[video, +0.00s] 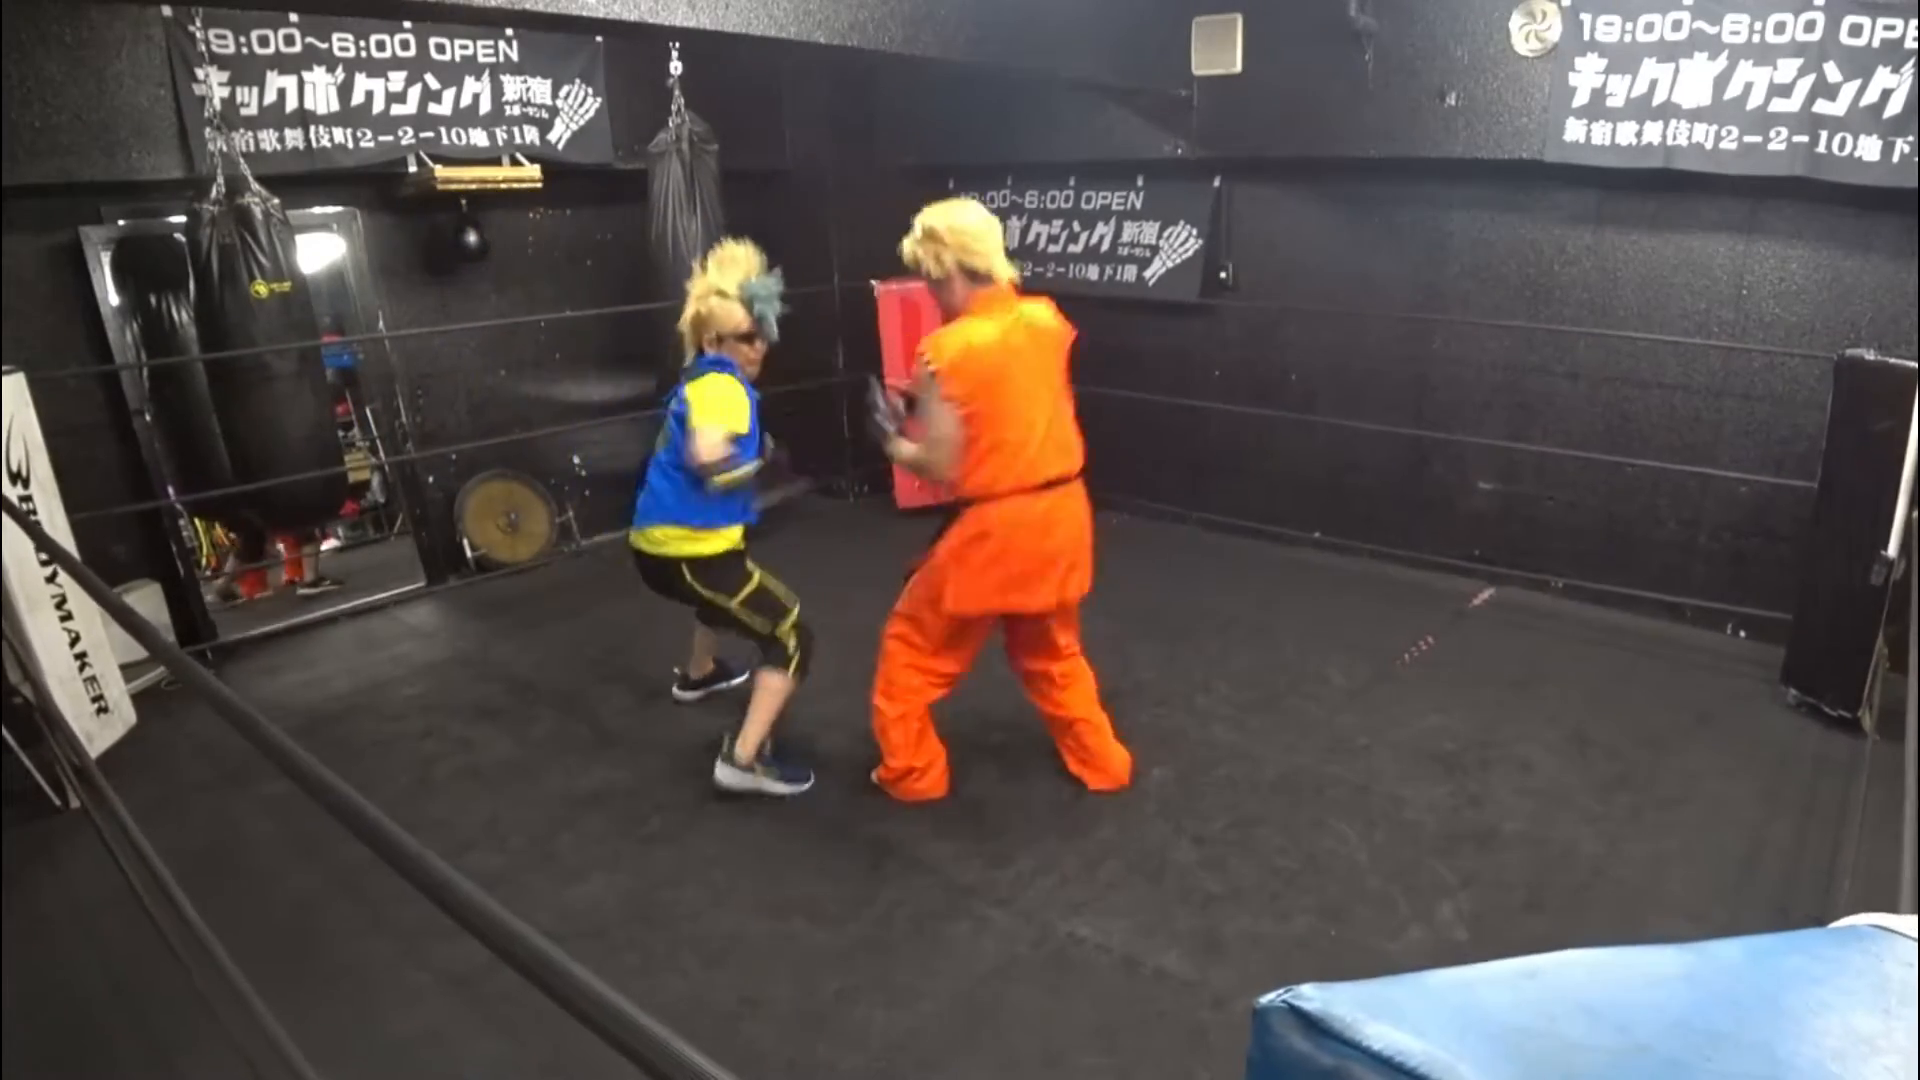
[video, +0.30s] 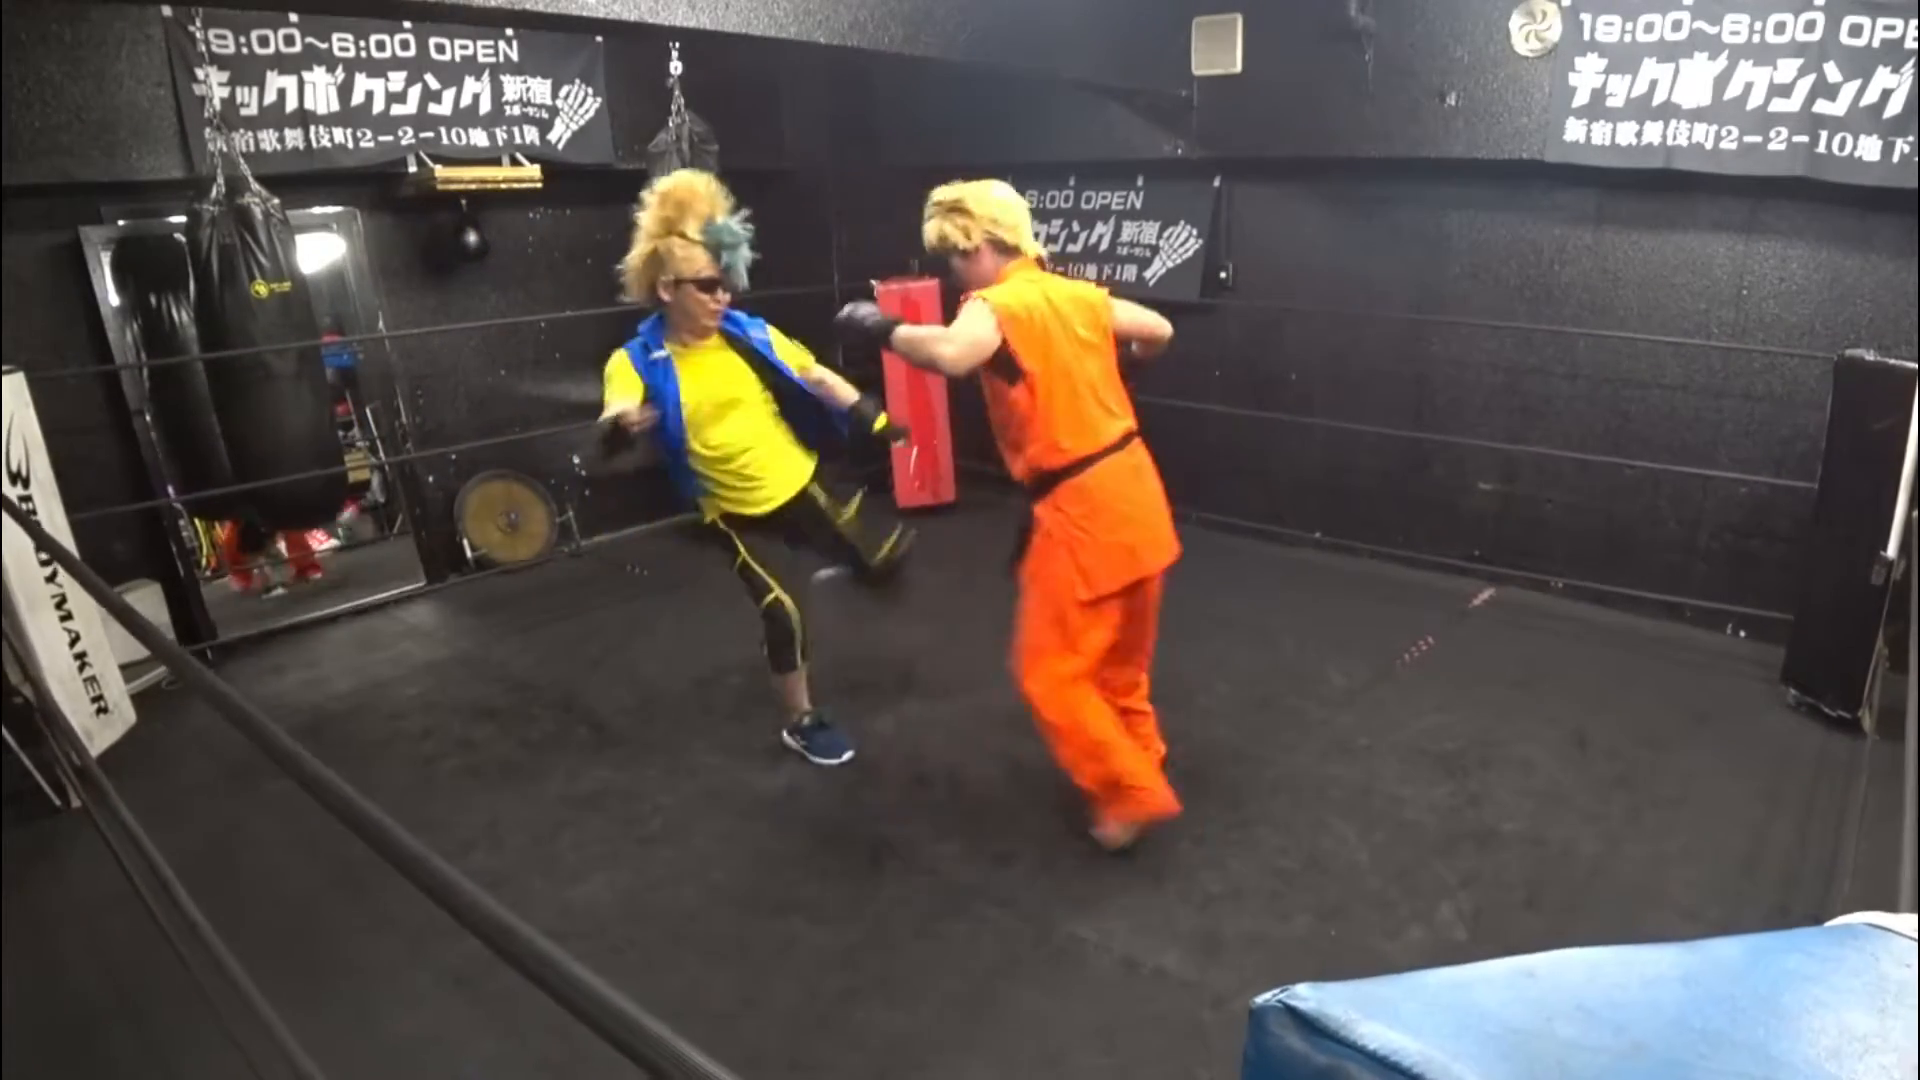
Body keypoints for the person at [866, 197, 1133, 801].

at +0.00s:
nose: (930, 292)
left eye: (931, 278)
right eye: (927, 279)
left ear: (952, 270)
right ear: (990, 261)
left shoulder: (945, 352)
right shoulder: (1044, 321)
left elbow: (942, 463)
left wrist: (893, 440)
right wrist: (924, 405)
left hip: (994, 528)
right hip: (1066, 515)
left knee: (913, 642)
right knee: (1052, 648)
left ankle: (912, 771)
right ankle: (1103, 763)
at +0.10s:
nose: (927, 273)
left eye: (927, 257)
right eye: (922, 260)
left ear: (952, 243)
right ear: (983, 237)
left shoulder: (969, 312)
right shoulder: (1049, 283)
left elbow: (968, 428)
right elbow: (1123, 354)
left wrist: (906, 429)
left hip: (1029, 507)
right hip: (1093, 492)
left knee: (949, 636)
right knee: (1067, 642)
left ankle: (913, 763)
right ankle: (1109, 759)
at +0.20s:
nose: (941, 274)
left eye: (941, 256)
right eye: (935, 260)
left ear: (970, 239)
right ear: (996, 234)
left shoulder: (983, 298)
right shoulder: (1068, 277)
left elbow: (960, 374)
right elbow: (1148, 321)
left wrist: (891, 365)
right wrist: (1096, 355)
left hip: (1053, 508)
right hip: (1116, 489)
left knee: (993, 642)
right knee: (1094, 636)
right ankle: (1127, 751)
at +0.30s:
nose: (954, 275)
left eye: (956, 258)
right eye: (949, 261)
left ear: (988, 245)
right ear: (1018, 243)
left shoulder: (991, 306)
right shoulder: (1082, 295)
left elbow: (954, 355)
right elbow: (1158, 330)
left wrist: (883, 327)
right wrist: (1110, 350)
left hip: (1080, 518)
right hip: (1141, 505)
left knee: (1046, 666)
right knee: (1124, 664)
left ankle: (1127, 792)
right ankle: (1143, 780)